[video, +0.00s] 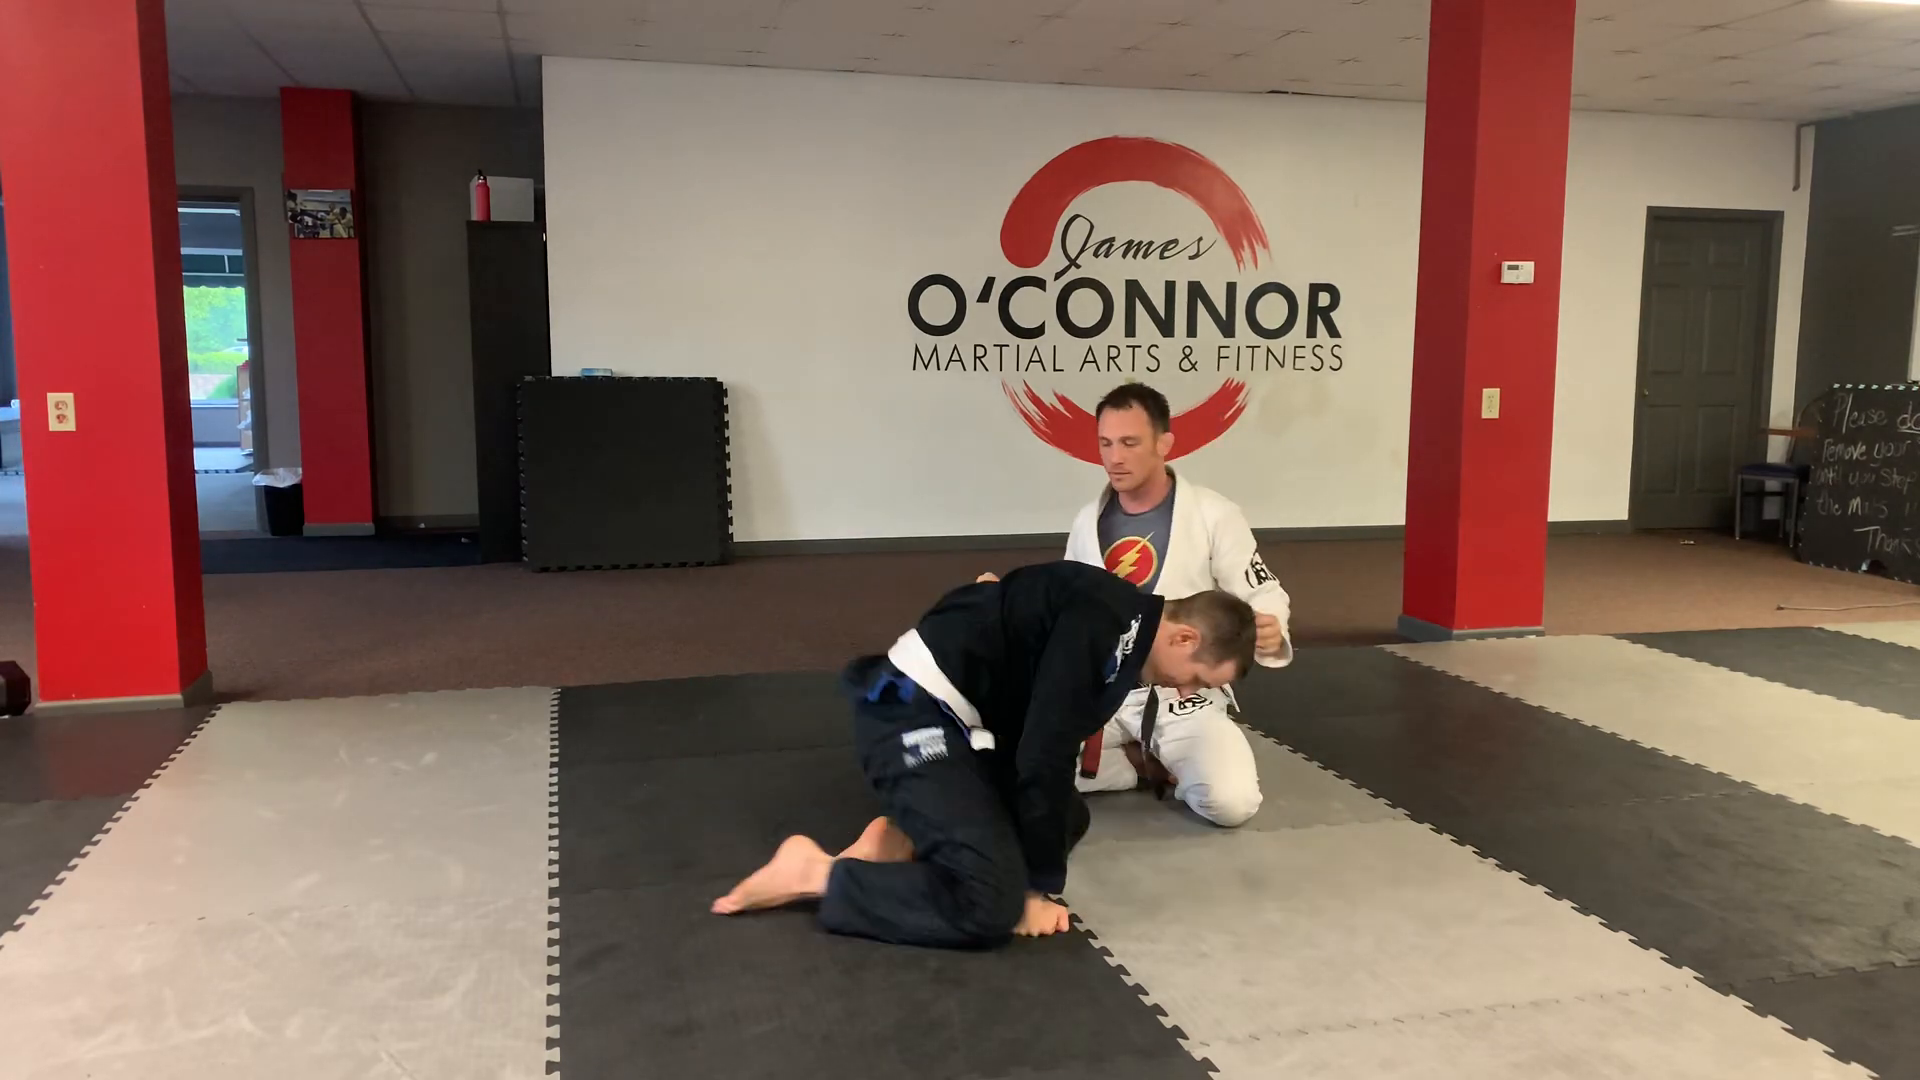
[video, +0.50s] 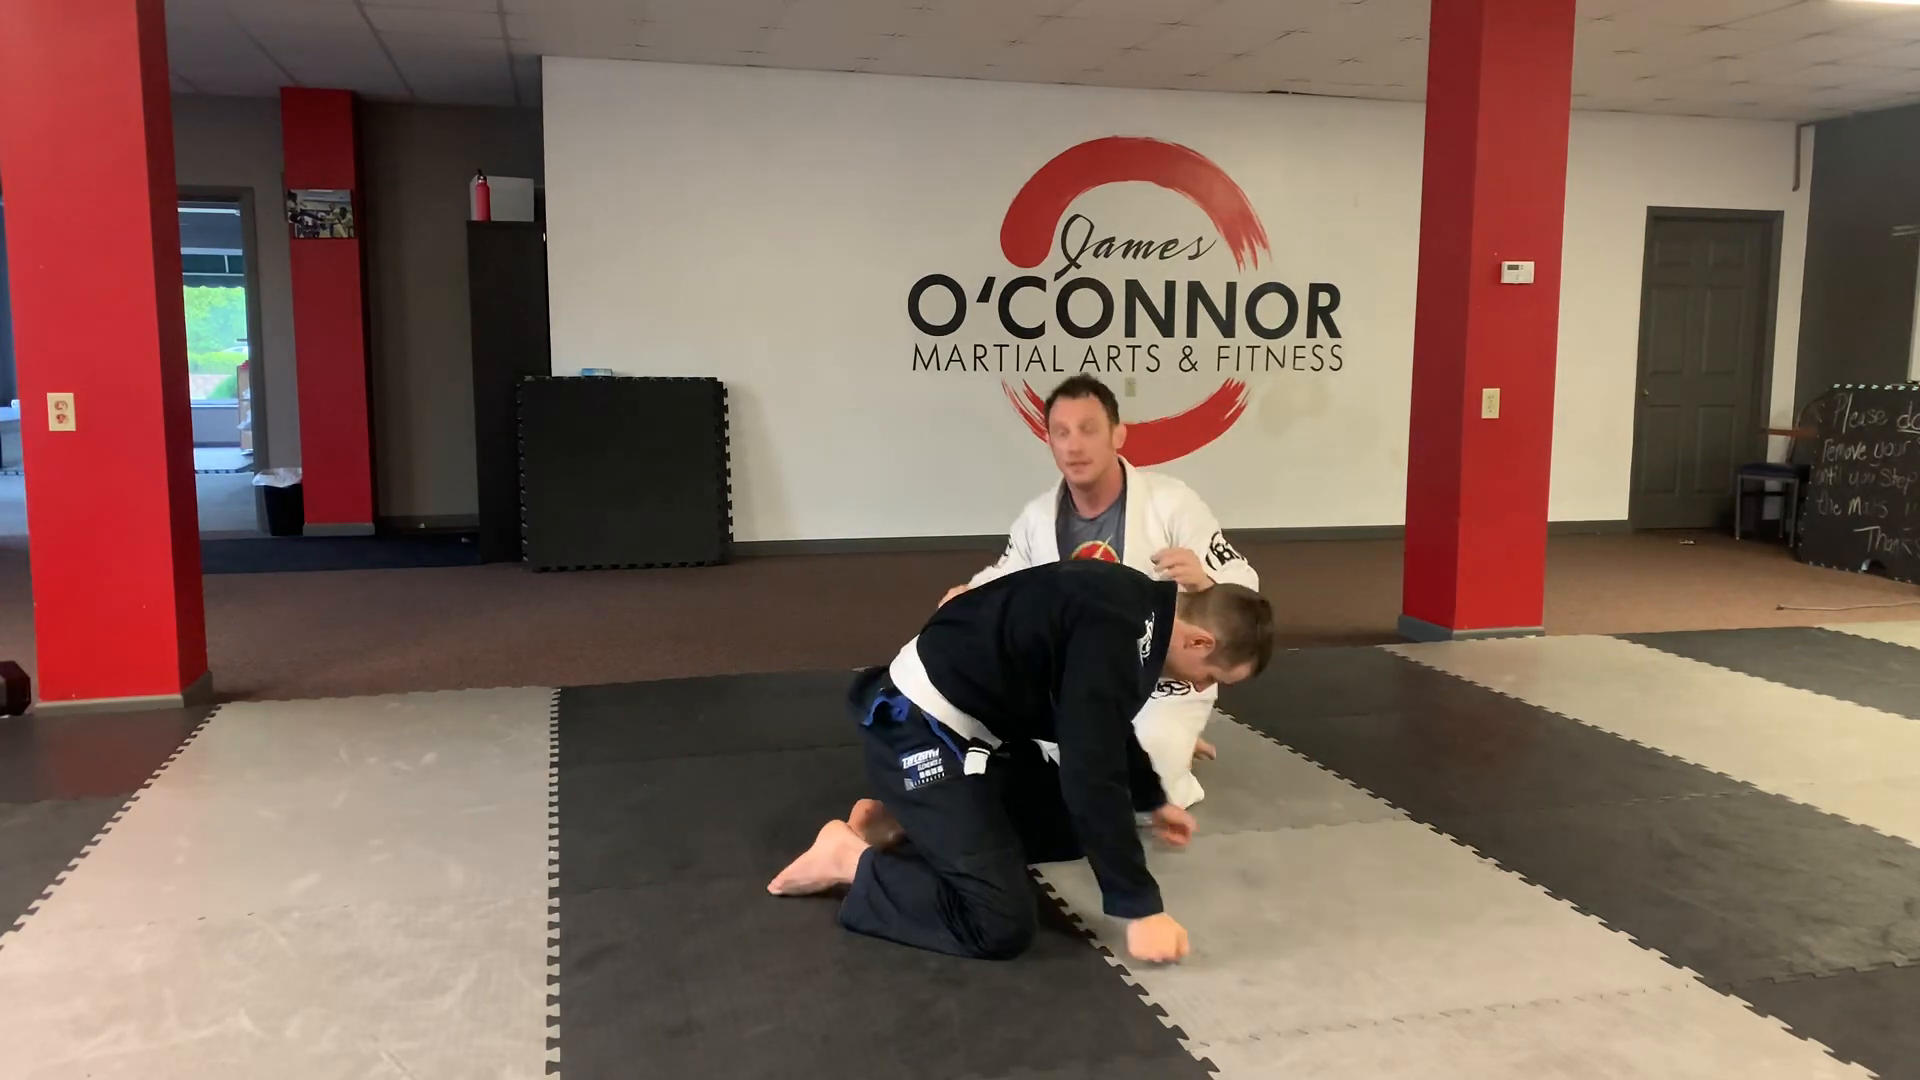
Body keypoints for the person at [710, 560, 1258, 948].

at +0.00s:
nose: (1187, 693)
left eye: (1202, 689)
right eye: (1199, 681)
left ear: (1185, 630)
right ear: (1185, 640)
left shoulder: (1124, 621)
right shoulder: (1100, 620)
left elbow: (1048, 741)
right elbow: (1042, 756)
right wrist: (1042, 891)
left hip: (961, 724)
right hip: (913, 719)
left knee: (1068, 820)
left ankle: (906, 836)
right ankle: (814, 873)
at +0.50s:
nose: (1204, 687)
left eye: (1216, 682)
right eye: (1213, 676)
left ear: (1197, 633)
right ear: (1195, 642)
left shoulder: (1144, 611)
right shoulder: (1113, 625)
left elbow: (1110, 728)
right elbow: (1092, 775)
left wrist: (1154, 802)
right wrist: (1139, 909)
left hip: (981, 726)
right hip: (921, 729)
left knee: (1069, 832)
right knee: (1002, 925)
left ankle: (899, 825)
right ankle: (849, 861)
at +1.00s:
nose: (1251, 715)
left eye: (1262, 711)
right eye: (1262, 706)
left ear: (1258, 652)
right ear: (1255, 664)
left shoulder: (1214, 614)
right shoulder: (1158, 625)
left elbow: (1188, 723)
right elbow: (1133, 784)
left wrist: (1197, 819)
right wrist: (1159, 926)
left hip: (1027, 696)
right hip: (961, 682)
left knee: (1066, 832)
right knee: (975, 896)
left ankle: (890, 821)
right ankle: (832, 828)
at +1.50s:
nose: (1261, 709)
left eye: (1273, 705)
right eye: (1275, 700)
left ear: (1273, 646)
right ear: (1269, 660)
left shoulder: (1217, 613)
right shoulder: (1177, 627)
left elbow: (1189, 728)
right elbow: (1142, 784)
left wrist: (1196, 823)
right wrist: (1162, 923)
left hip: (1019, 696)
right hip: (962, 685)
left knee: (1041, 832)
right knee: (965, 906)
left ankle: (865, 800)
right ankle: (827, 822)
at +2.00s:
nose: (1256, 710)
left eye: (1269, 706)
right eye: (1270, 701)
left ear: (1271, 651)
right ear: (1267, 660)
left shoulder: (1214, 610)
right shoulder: (1175, 620)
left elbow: (1192, 725)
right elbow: (1151, 775)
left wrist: (1198, 822)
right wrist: (1179, 918)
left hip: (1016, 692)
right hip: (962, 680)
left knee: (1034, 834)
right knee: (962, 907)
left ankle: (860, 796)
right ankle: (813, 822)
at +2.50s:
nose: (1267, 724)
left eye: (1279, 721)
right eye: (1280, 718)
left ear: (1283, 668)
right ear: (1278, 677)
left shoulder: (1225, 610)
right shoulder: (1186, 639)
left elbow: (1181, 739)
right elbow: (1174, 796)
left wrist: (1195, 821)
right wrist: (1217, 925)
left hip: (1021, 687)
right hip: (969, 679)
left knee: (1029, 835)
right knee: (966, 908)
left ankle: (861, 798)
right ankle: (816, 825)